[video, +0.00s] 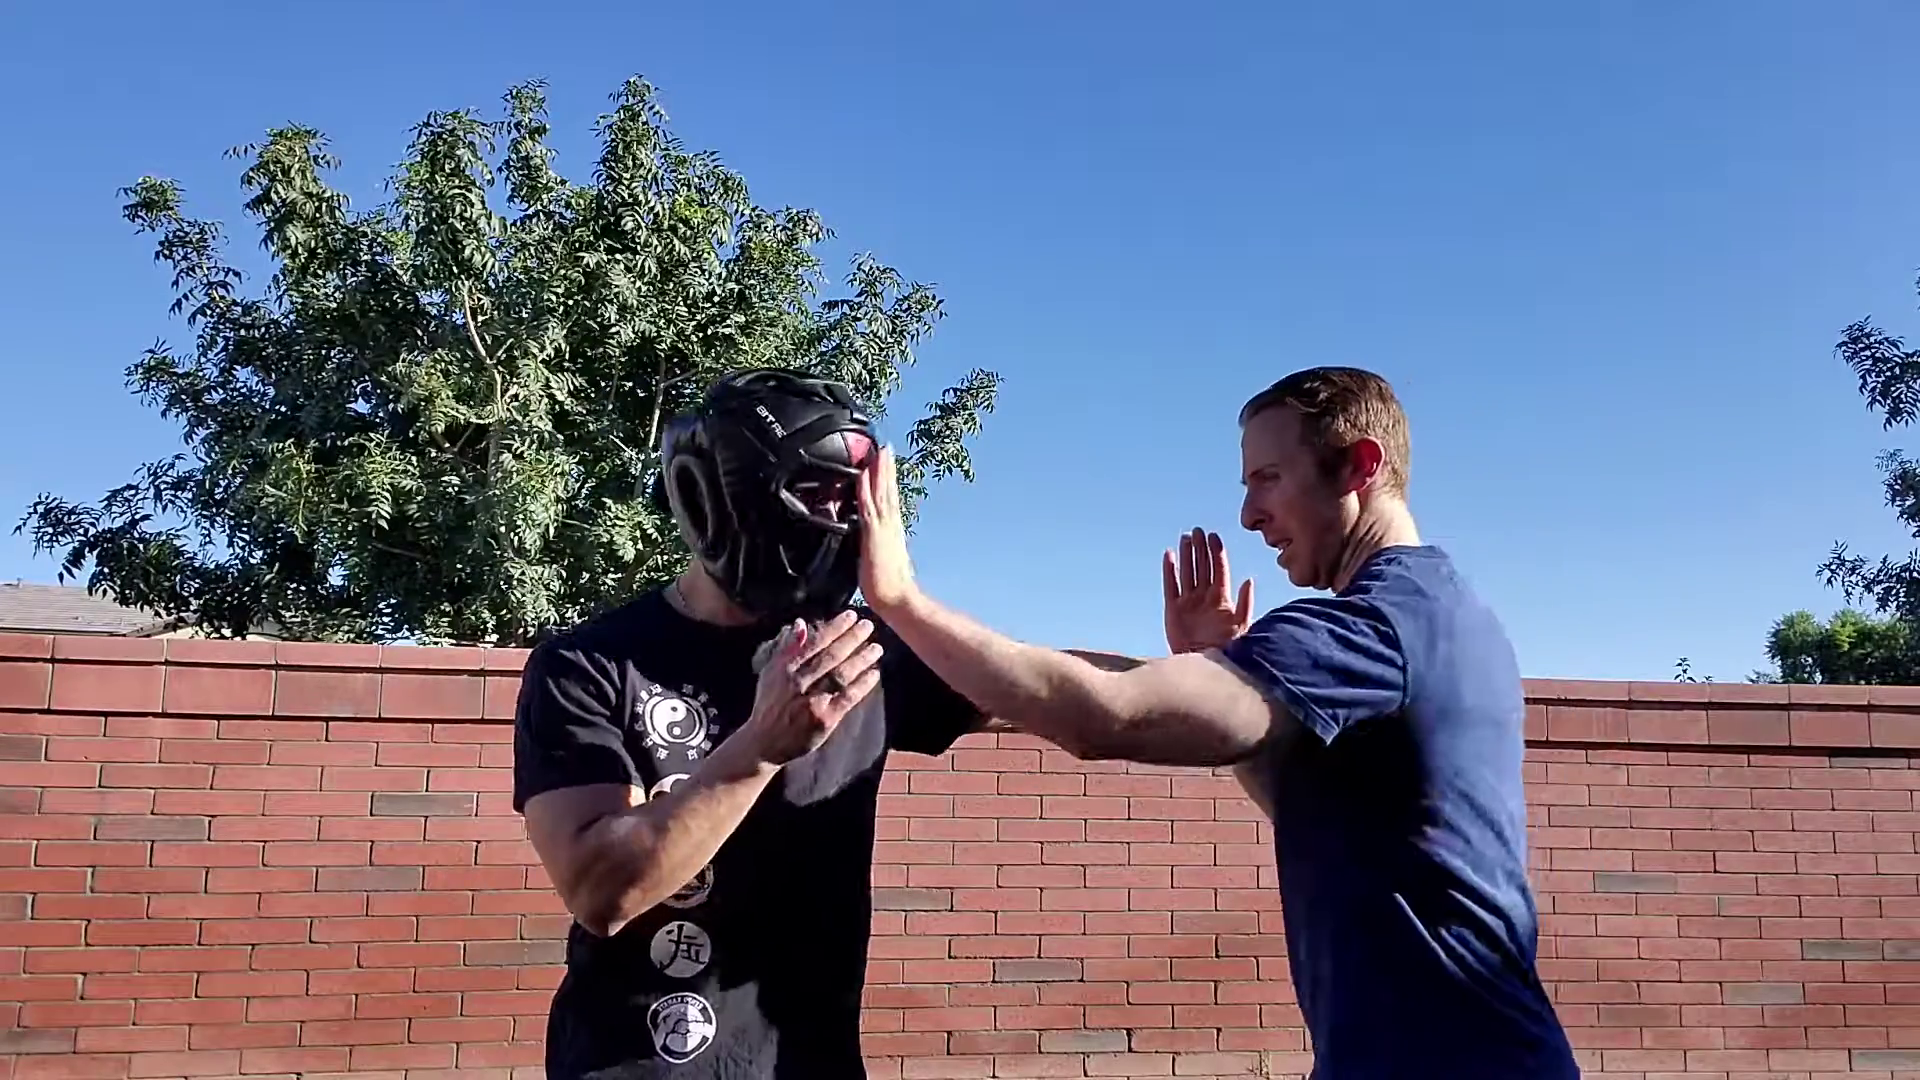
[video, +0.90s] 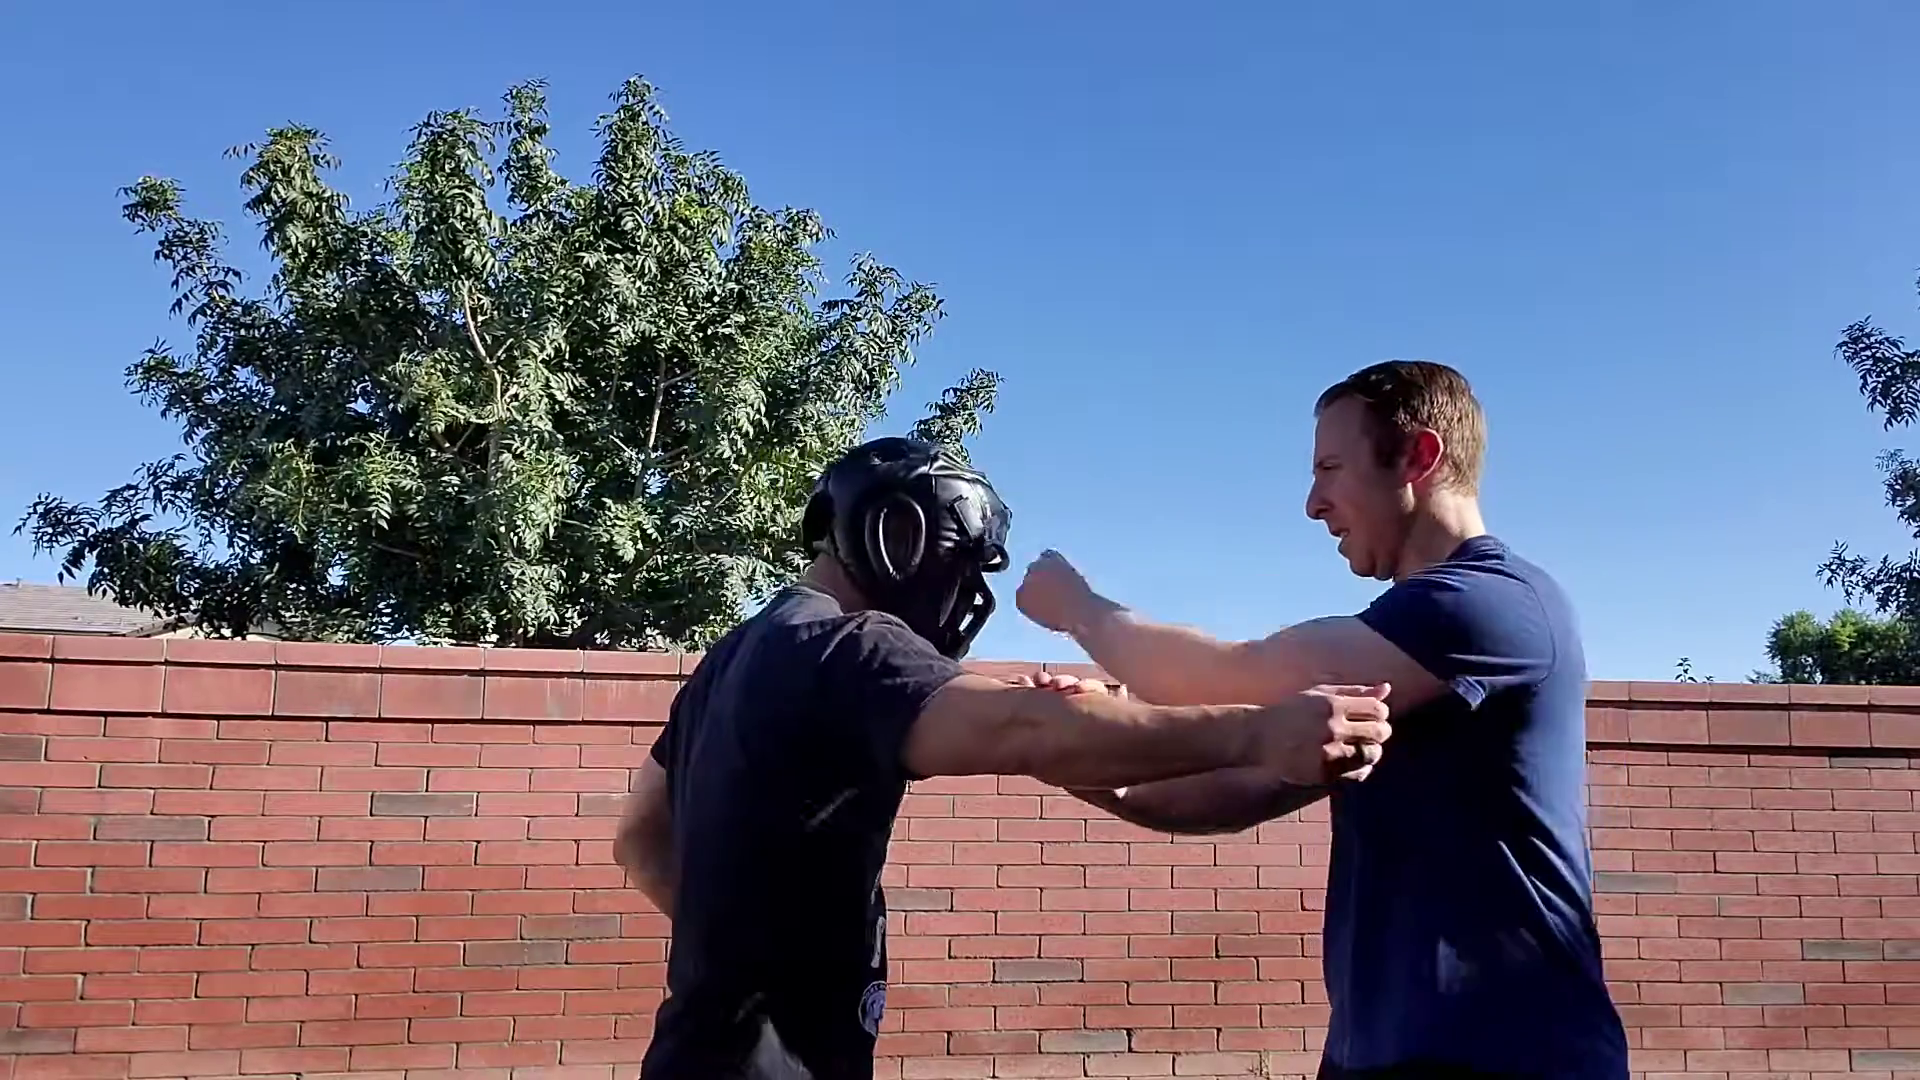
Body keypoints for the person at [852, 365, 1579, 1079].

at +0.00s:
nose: (1250, 514)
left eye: (1268, 482)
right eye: (1249, 486)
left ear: (1362, 471)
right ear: (1365, 476)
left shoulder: (1382, 617)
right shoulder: (1443, 612)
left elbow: (1103, 712)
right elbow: (1324, 820)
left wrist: (899, 599)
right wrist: (1213, 681)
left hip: (1431, 1053)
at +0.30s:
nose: (1267, 504)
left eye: (1287, 470)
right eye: (1266, 477)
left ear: (1379, 463)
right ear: (1369, 470)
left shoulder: (1424, 606)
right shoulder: (1384, 614)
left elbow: (1158, 731)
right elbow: (1310, 808)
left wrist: (926, 649)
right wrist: (1197, 688)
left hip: (1473, 1053)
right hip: (1386, 1050)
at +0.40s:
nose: (1263, 505)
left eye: (1283, 471)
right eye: (1262, 478)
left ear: (1380, 465)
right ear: (1371, 469)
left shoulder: (1417, 619)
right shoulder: (1391, 613)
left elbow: (1196, 794)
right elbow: (1287, 812)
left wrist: (984, 709)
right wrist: (1173, 720)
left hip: (1476, 1053)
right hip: (1394, 1047)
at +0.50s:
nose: (1267, 502)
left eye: (1288, 467)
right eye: (1269, 473)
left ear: (1382, 462)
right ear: (1381, 469)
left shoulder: (1440, 621)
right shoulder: (1386, 623)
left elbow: (1247, 817)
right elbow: (1260, 796)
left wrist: (1056, 706)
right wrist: (1147, 710)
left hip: (1478, 1056)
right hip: (1395, 1052)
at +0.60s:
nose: (1291, 493)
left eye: (1310, 460)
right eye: (1293, 465)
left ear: (1404, 453)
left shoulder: (1503, 616)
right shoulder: (1327, 651)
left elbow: (1407, 860)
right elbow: (1188, 783)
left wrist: (1232, 704)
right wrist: (1066, 696)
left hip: (1506, 1050)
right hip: (1361, 1047)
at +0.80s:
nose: (1321, 499)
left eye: (1338, 464)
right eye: (1324, 472)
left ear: (1428, 458)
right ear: (1427, 461)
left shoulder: (1534, 609)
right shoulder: (1370, 647)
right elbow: (1190, 799)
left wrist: (1210, 680)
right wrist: (1033, 730)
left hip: (1530, 1052)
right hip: (1382, 1050)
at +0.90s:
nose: (1312, 502)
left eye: (1331, 468)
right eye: (1315, 473)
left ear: (1418, 460)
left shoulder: (1486, 603)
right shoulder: (1425, 621)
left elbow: (1222, 680)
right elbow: (1253, 768)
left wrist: (1079, 608)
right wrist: (1106, 708)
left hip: (1497, 1040)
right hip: (1389, 1036)